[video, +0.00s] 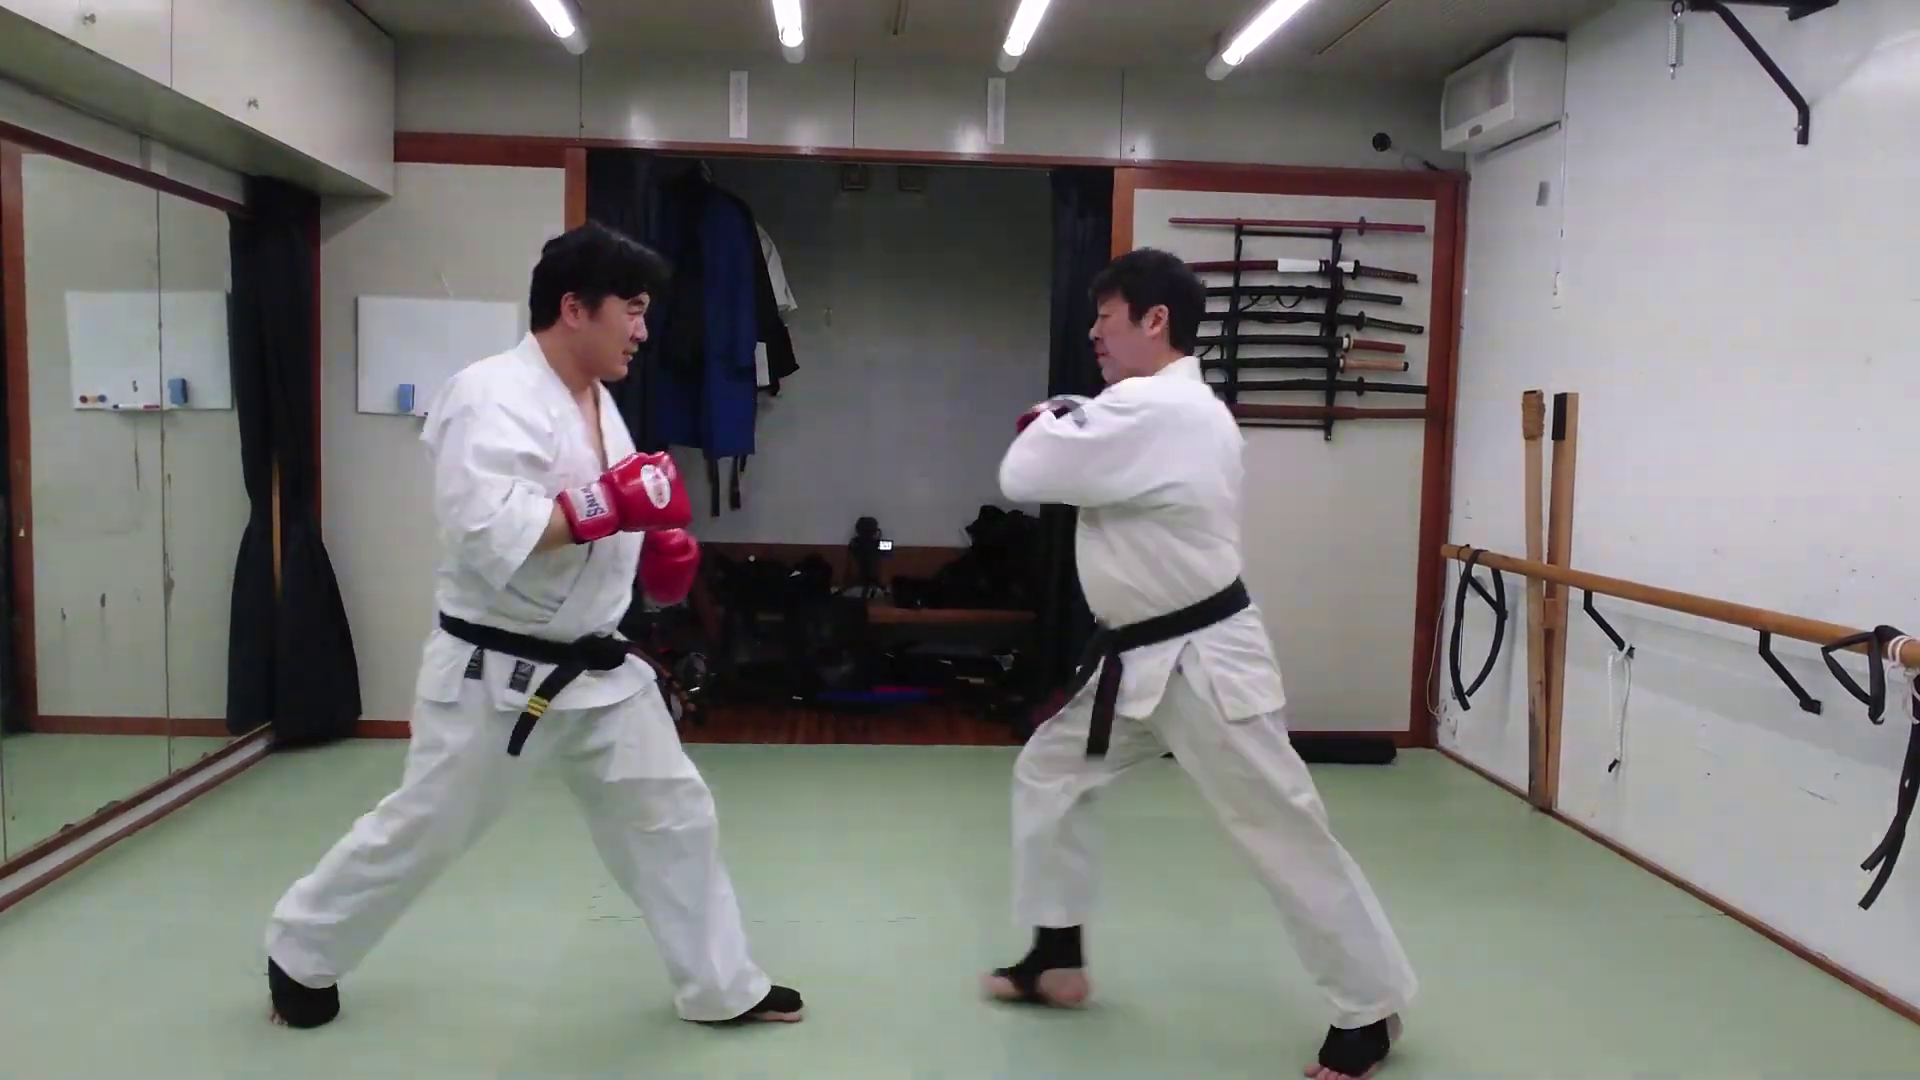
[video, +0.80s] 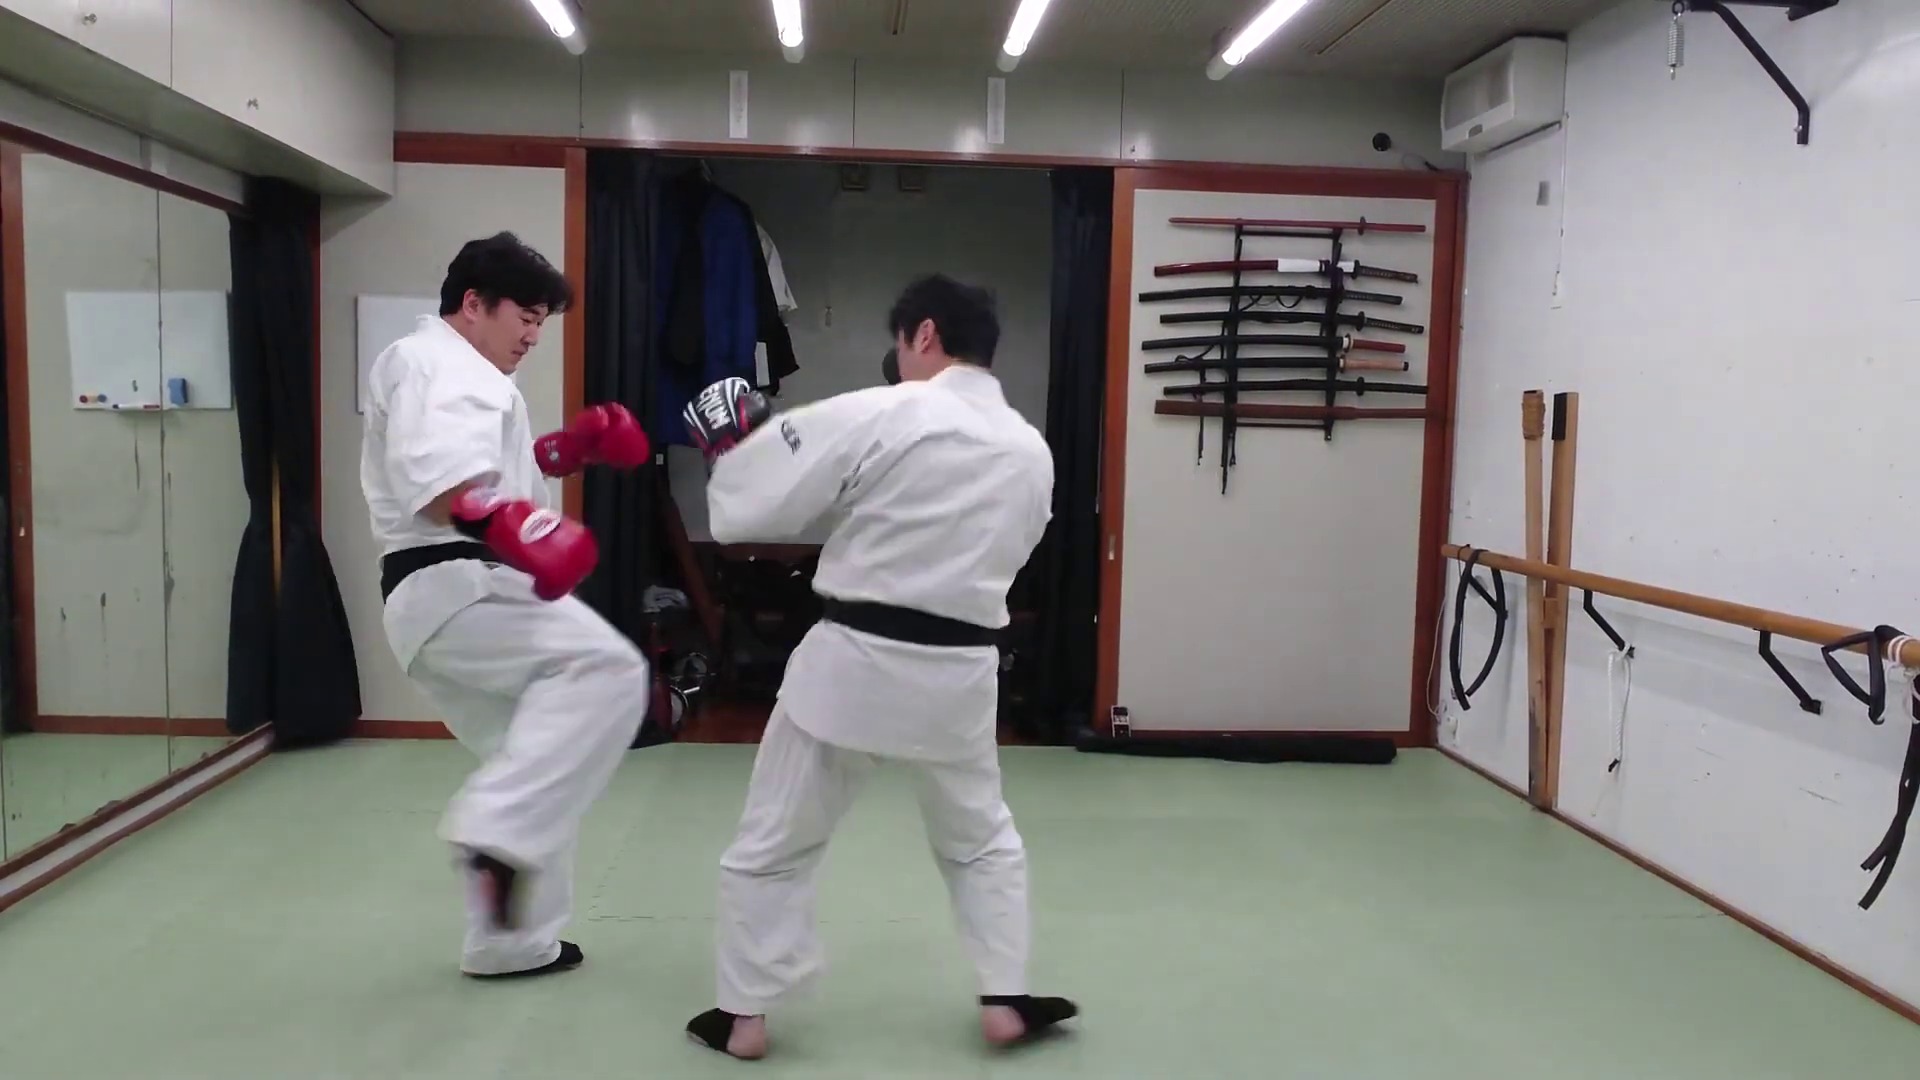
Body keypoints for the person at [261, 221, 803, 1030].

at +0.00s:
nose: (643, 328)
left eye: (645, 310)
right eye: (631, 308)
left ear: (586, 313)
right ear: (573, 309)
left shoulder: (600, 406)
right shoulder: (491, 397)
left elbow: (598, 535)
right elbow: (487, 529)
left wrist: (657, 567)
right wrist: (608, 508)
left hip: (594, 660)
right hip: (491, 663)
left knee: (676, 813)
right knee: (430, 824)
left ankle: (719, 987)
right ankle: (301, 945)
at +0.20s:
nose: (551, 341)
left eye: (557, 323)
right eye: (541, 321)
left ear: (499, 320)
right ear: (486, 316)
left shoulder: (499, 406)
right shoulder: (409, 400)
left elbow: (554, 498)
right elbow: (481, 524)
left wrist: (610, 461)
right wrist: (526, 441)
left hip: (482, 647)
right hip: (379, 646)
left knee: (557, 793)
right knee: (349, 812)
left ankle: (608, 963)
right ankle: (293, 973)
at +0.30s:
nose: (540, 334)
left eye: (544, 318)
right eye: (528, 317)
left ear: (542, 316)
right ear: (478, 314)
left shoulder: (513, 374)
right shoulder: (413, 381)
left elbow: (596, 478)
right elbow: (514, 495)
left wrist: (621, 400)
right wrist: (514, 401)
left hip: (458, 632)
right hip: (349, 624)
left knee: (524, 780)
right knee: (327, 793)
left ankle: (522, 946)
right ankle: (275, 969)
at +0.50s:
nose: (534, 351)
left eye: (539, 336)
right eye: (526, 332)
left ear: (483, 328)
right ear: (473, 323)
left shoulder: (496, 407)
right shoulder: (392, 389)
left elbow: (555, 507)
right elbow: (464, 516)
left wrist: (541, 576)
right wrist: (522, 431)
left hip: (448, 651)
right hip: (344, 642)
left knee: (527, 777)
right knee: (287, 819)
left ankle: (510, 942)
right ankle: (219, 987)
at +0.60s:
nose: (538, 330)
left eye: (544, 316)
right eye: (528, 309)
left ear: (488, 312)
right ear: (475, 302)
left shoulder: (519, 408)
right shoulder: (405, 370)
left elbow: (544, 520)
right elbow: (463, 465)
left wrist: (542, 605)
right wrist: (555, 404)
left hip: (483, 647)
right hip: (379, 634)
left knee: (531, 788)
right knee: (331, 809)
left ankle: (508, 946)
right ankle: (230, 980)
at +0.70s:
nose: (536, 329)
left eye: (542, 315)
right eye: (528, 310)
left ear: (489, 304)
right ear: (474, 297)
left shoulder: (490, 389)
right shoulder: (414, 358)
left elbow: (488, 502)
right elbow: (461, 447)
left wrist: (562, 527)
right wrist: (559, 442)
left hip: (504, 617)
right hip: (427, 611)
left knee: (548, 778)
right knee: (474, 766)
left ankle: (511, 943)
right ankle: (319, 877)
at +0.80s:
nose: (534, 331)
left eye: (541, 319)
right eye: (524, 314)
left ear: (480, 313)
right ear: (472, 304)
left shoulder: (474, 378)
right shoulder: (436, 359)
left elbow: (491, 477)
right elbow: (434, 475)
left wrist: (567, 449)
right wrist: (511, 521)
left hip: (436, 593)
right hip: (452, 581)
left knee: (525, 756)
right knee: (605, 668)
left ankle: (512, 944)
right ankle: (498, 822)